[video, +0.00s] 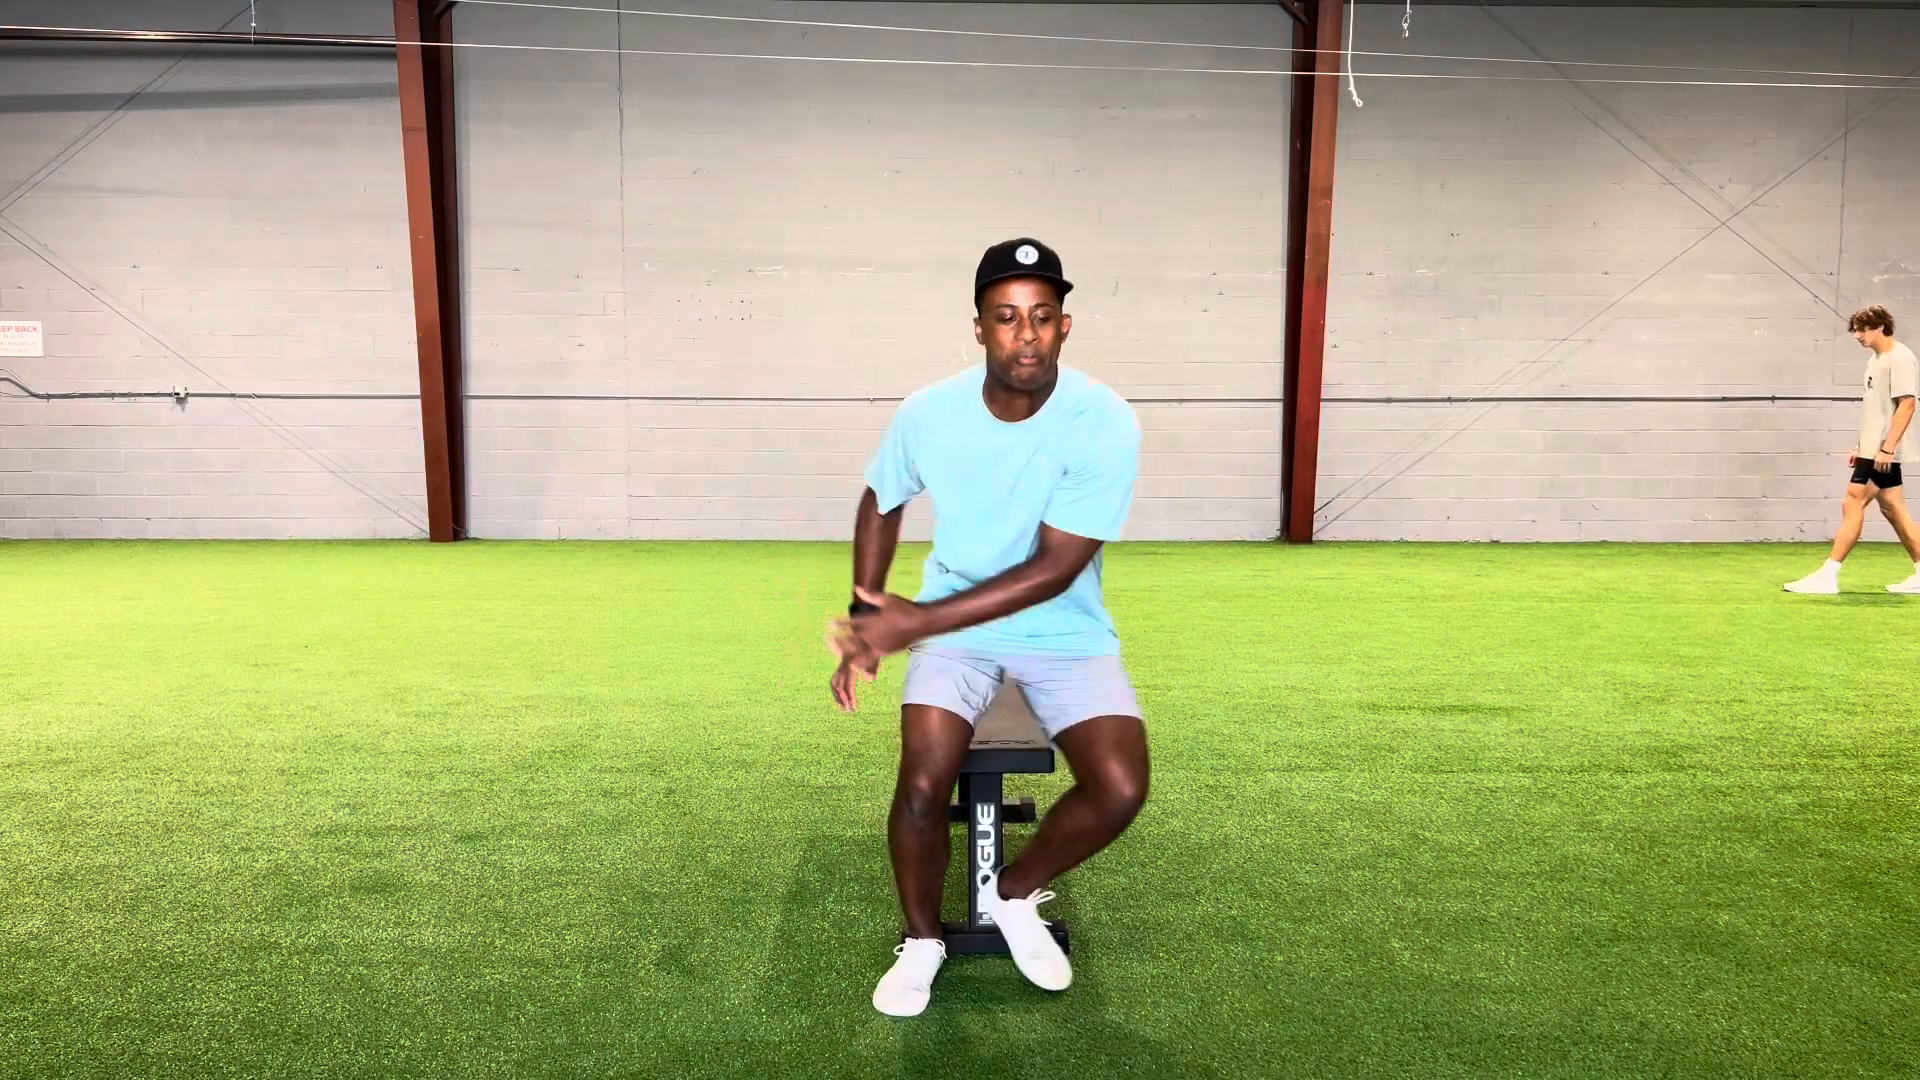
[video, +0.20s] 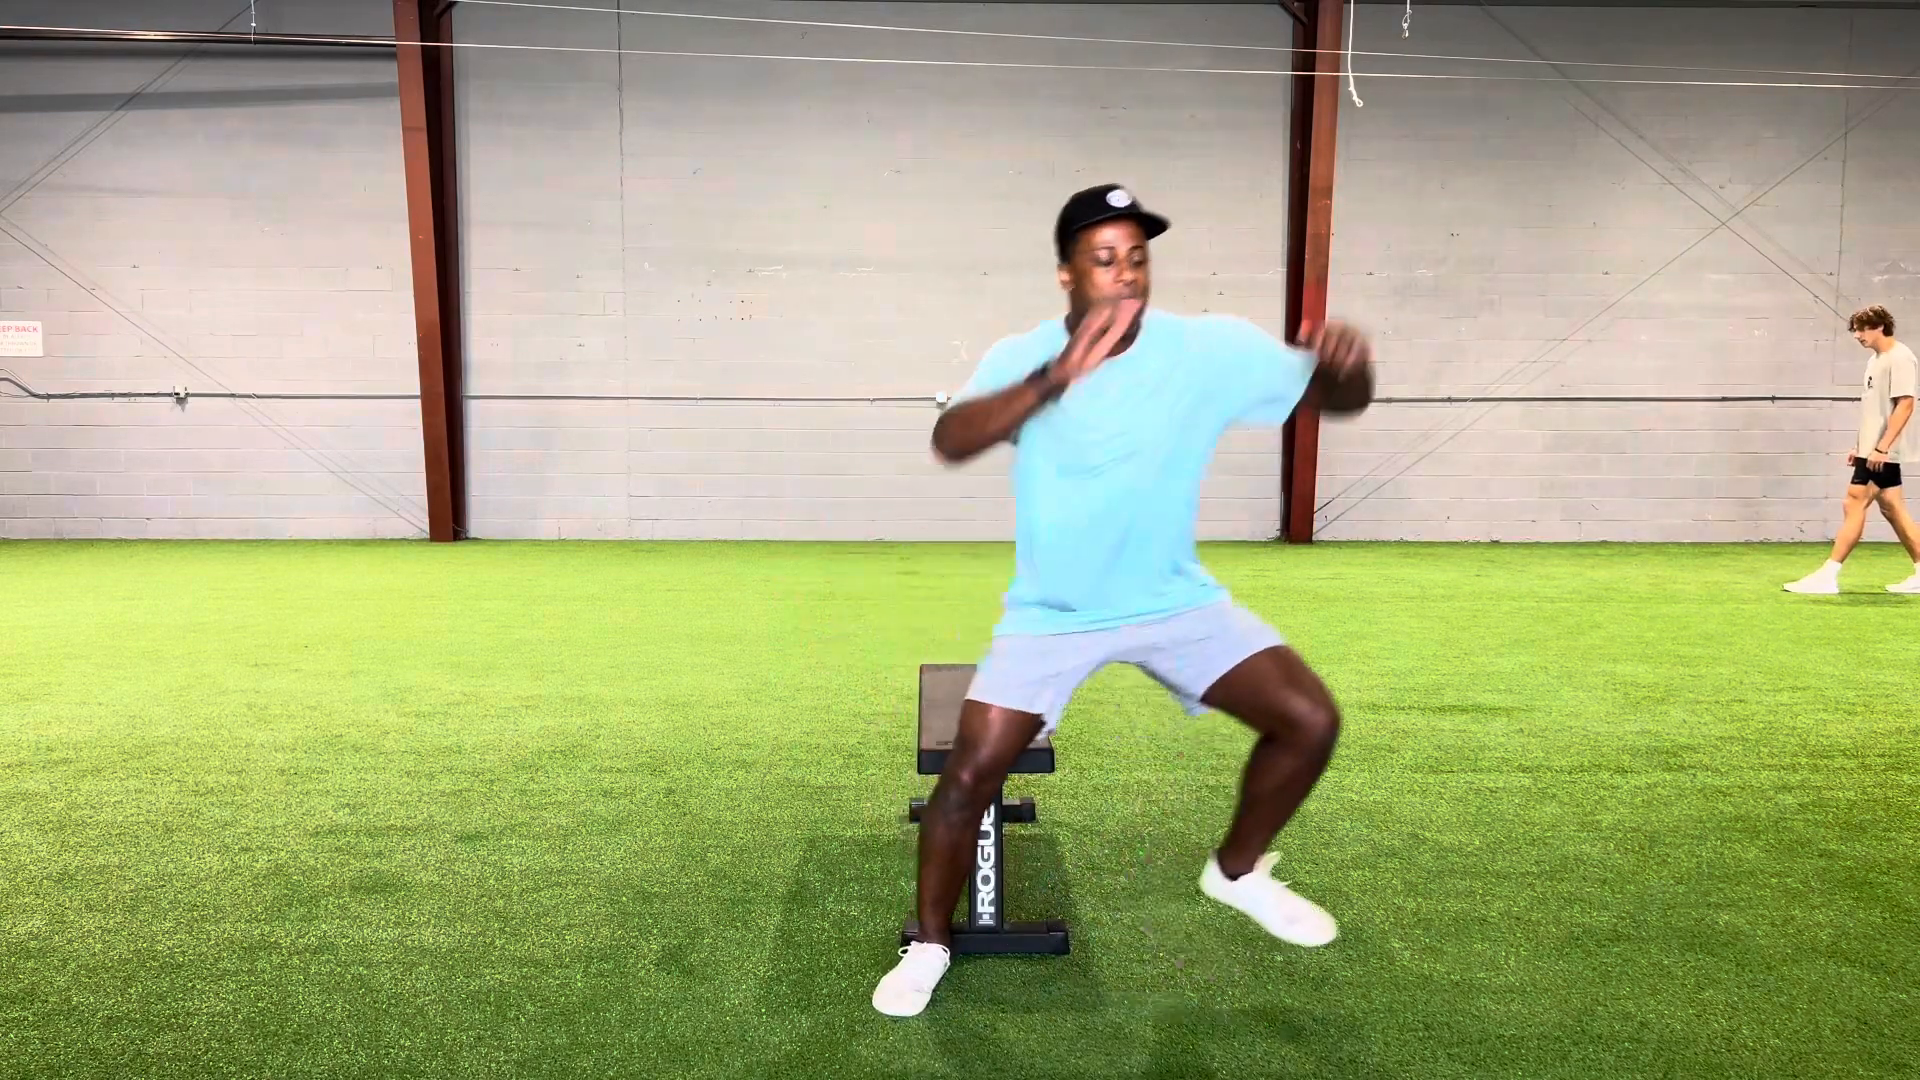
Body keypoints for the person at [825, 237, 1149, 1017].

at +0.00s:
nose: (1026, 336)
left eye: (1042, 318)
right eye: (1007, 318)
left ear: (1064, 326)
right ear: (980, 328)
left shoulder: (1103, 422)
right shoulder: (929, 413)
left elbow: (1056, 568)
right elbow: (881, 507)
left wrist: (917, 620)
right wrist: (864, 622)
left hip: (1065, 622)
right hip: (957, 619)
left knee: (1120, 786)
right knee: (924, 780)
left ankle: (1013, 890)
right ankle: (922, 939)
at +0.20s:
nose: (1126, 273)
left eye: (1137, 257)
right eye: (1105, 260)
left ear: (1151, 263)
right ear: (1067, 273)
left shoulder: (1204, 348)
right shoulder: (1026, 354)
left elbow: (1339, 399)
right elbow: (951, 440)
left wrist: (1347, 363)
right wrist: (1054, 378)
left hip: (1173, 600)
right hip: (1049, 612)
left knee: (1310, 721)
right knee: (969, 773)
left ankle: (1236, 871)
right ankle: (928, 943)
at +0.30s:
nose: (1236, 208)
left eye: (1247, 191)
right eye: (1215, 194)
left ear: (1267, 199)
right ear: (1175, 209)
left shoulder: (1306, 267)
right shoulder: (1130, 296)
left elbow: (1427, 269)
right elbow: (1045, 307)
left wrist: (1456, 238)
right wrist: (1172, 251)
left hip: (1277, 561)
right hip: (1147, 574)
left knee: (1429, 685)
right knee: (1058, 733)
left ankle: (1364, 847)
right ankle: (957, 922)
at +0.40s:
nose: (1355, 175)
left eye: (1363, 158)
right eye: (1333, 158)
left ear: (1370, 166)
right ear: (1281, 168)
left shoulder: (1406, 250)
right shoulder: (1224, 251)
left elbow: (1527, 294)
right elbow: (1146, 331)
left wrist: (1638, 301)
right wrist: (1281, 295)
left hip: (1379, 535)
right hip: (1250, 535)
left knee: (1508, 695)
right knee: (1152, 713)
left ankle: (1531, 875)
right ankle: (1069, 872)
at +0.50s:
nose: (1469, 202)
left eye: (1477, 184)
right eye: (1446, 184)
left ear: (1485, 189)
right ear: (1394, 193)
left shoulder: (1513, 280)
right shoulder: (1335, 280)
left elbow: (1575, 373)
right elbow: (1272, 413)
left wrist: (1673, 452)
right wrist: (1407, 407)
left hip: (1476, 563)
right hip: (1348, 556)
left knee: (1577, 744)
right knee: (1254, 740)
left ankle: (1659, 939)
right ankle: (1238, 831)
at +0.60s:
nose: (1578, 259)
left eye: (1584, 242)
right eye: (1555, 243)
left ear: (1591, 251)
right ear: (1500, 259)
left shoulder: (1607, 358)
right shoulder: (1437, 364)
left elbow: (1607, 476)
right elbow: (1405, 517)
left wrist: (1635, 578)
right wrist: (1560, 534)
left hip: (1562, 602)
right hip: (1442, 604)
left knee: (1663, 787)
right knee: (1399, 798)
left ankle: (1676, 964)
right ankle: (1406, 835)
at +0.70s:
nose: (1657, 294)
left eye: (1663, 276)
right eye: (1633, 278)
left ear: (1670, 284)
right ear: (1576, 293)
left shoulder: (1666, 395)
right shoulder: (1513, 389)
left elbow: (1612, 523)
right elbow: (1512, 551)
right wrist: (1660, 557)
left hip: (1592, 613)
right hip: (1482, 612)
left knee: (1679, 791)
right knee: (1564, 802)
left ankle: (1676, 964)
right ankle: (1536, 859)